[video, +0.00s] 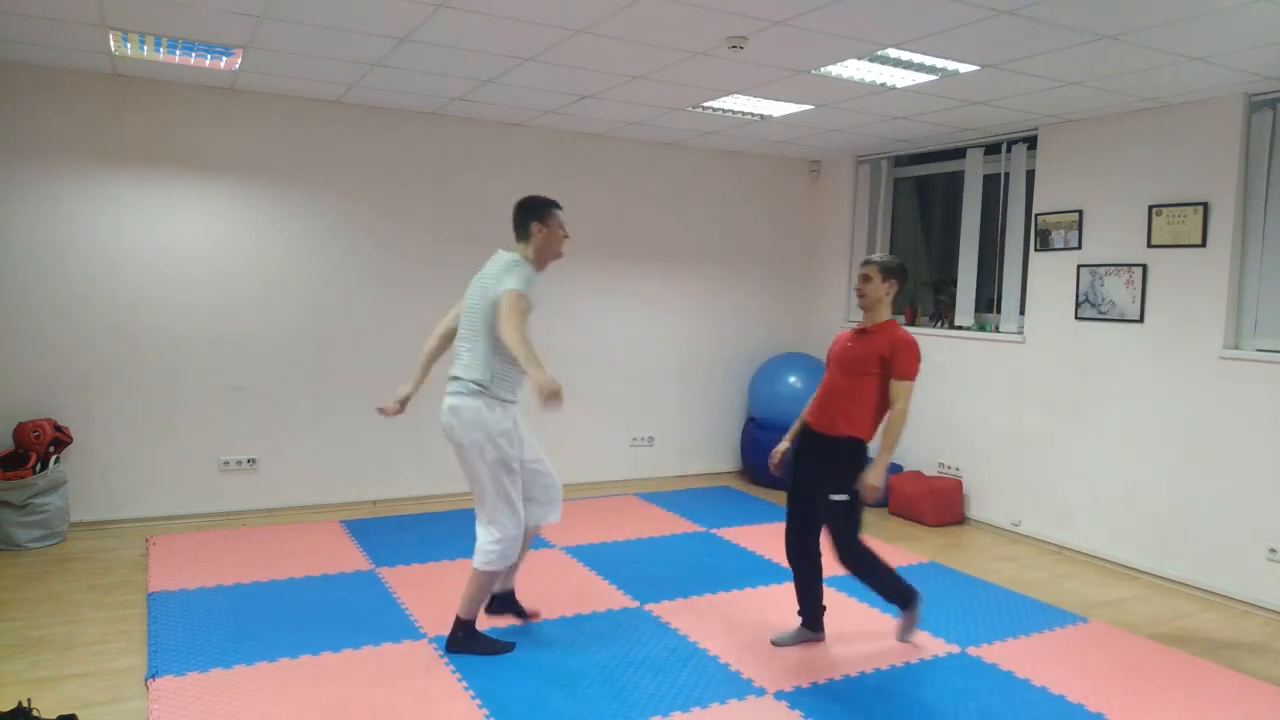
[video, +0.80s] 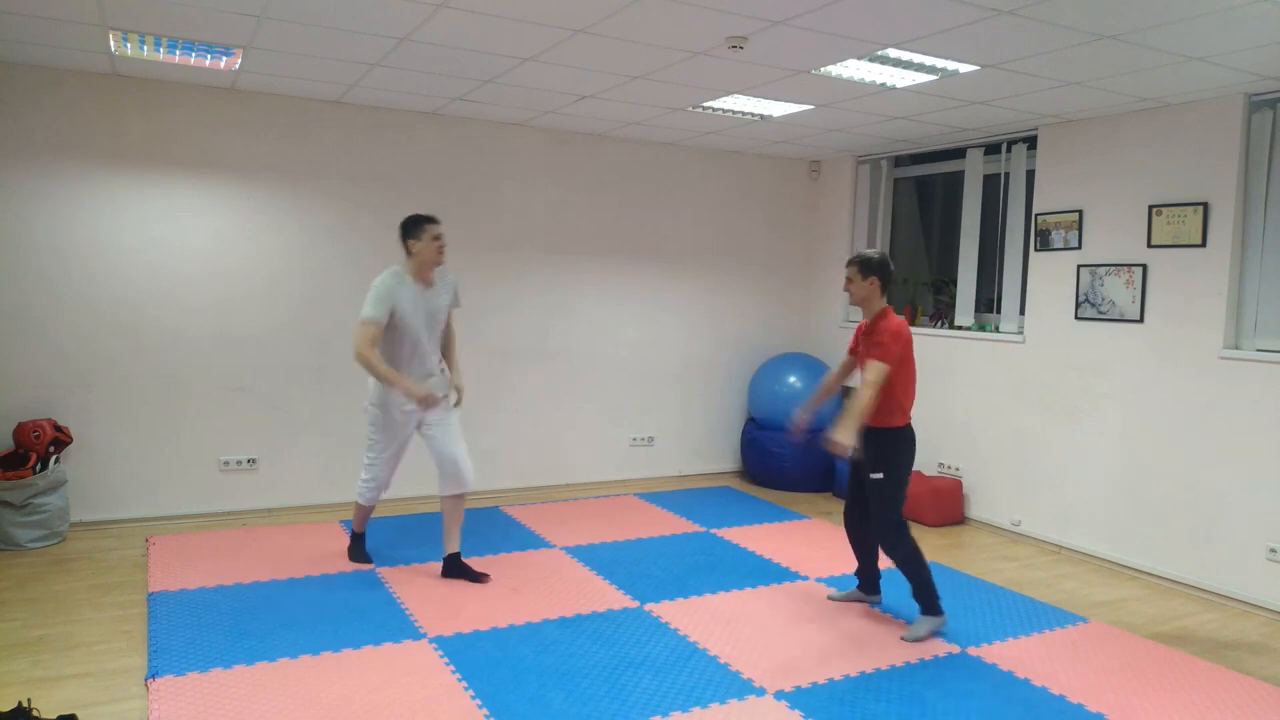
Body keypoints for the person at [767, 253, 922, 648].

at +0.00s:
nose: (857, 286)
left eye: (866, 280)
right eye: (857, 280)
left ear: (890, 287)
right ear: (862, 286)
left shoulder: (900, 342)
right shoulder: (847, 336)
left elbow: (899, 409)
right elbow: (823, 394)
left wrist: (880, 466)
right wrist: (789, 438)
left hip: (845, 452)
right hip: (809, 444)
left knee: (847, 548)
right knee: (799, 542)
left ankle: (908, 600)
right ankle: (811, 625)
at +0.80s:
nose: (845, 287)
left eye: (850, 281)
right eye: (846, 281)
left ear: (873, 284)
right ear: (868, 285)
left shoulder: (892, 329)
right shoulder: (866, 328)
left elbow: (871, 386)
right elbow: (839, 374)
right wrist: (807, 410)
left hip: (892, 440)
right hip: (868, 437)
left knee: (887, 525)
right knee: (856, 518)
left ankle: (932, 612)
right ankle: (868, 587)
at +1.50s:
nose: (803, 321)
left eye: (806, 314)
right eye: (802, 315)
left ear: (826, 312)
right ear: (829, 313)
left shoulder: (852, 342)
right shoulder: (848, 338)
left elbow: (797, 377)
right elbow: (810, 359)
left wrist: (778, 351)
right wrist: (786, 350)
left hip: (915, 438)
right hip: (905, 436)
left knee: (892, 520)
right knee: (885, 517)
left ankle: (872, 593)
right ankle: (870, 588)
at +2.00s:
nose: (832, 285)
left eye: (837, 278)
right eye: (832, 278)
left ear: (857, 281)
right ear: (857, 282)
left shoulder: (872, 320)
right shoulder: (864, 318)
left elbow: (823, 360)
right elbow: (827, 358)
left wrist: (815, 333)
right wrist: (821, 336)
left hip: (890, 430)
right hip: (882, 429)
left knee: (875, 514)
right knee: (868, 512)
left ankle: (872, 593)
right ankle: (869, 586)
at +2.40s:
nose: (852, 284)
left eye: (859, 277)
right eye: (850, 277)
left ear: (882, 280)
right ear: (851, 279)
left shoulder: (894, 321)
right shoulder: (864, 319)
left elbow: (920, 374)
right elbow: (871, 370)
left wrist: (867, 382)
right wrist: (851, 385)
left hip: (879, 429)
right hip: (859, 427)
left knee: (865, 517)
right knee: (855, 515)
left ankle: (870, 592)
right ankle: (867, 585)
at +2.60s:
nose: (862, 289)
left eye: (870, 282)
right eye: (856, 283)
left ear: (887, 281)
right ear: (851, 283)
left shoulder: (905, 324)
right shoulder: (852, 325)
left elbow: (942, 371)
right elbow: (846, 367)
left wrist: (893, 386)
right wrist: (840, 380)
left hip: (891, 430)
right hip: (858, 428)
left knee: (875, 517)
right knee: (857, 516)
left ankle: (883, 602)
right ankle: (870, 580)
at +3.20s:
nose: (939, 293)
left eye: (948, 284)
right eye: (932, 283)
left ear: (958, 283)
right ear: (916, 278)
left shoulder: (974, 329)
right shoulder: (893, 324)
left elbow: (997, 387)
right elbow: (866, 370)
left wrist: (959, 424)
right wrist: (874, 416)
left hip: (944, 455)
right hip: (895, 450)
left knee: (936, 550)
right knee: (881, 539)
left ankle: (921, 630)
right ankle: (882, 611)